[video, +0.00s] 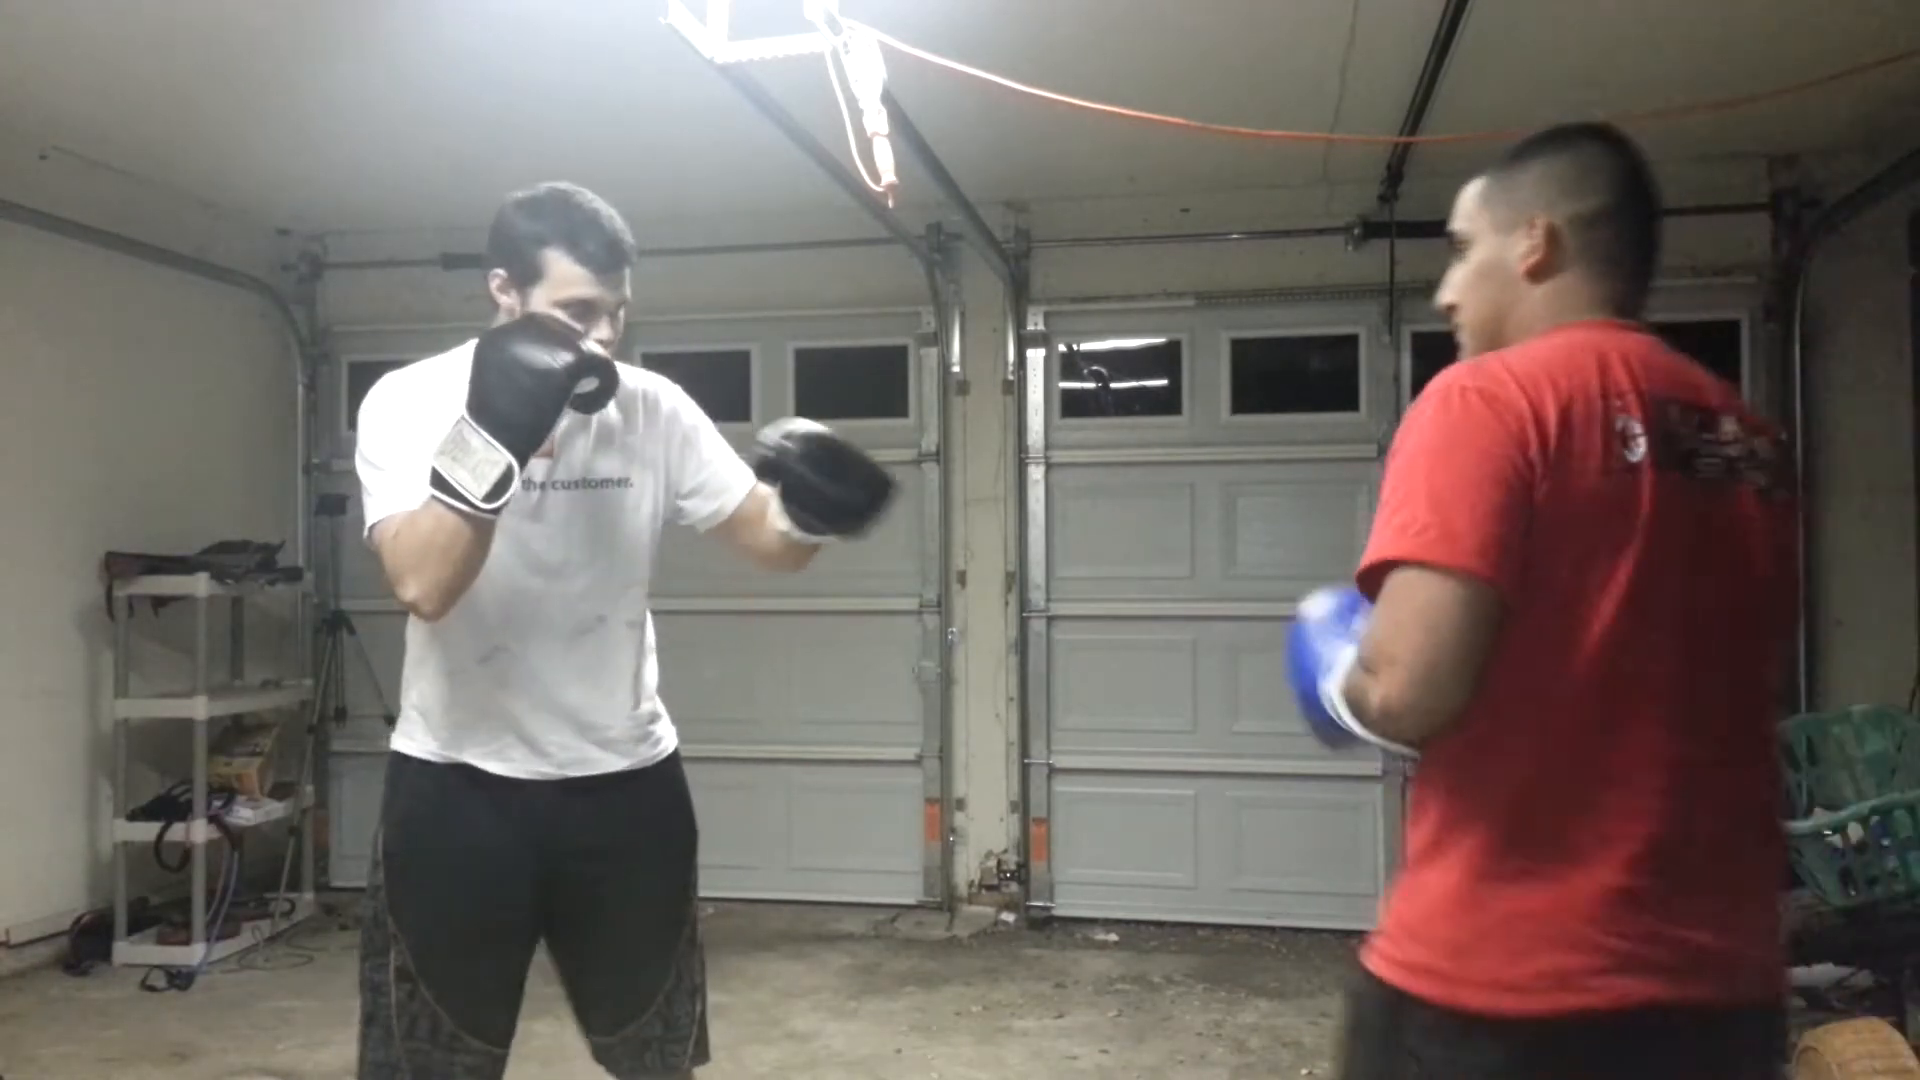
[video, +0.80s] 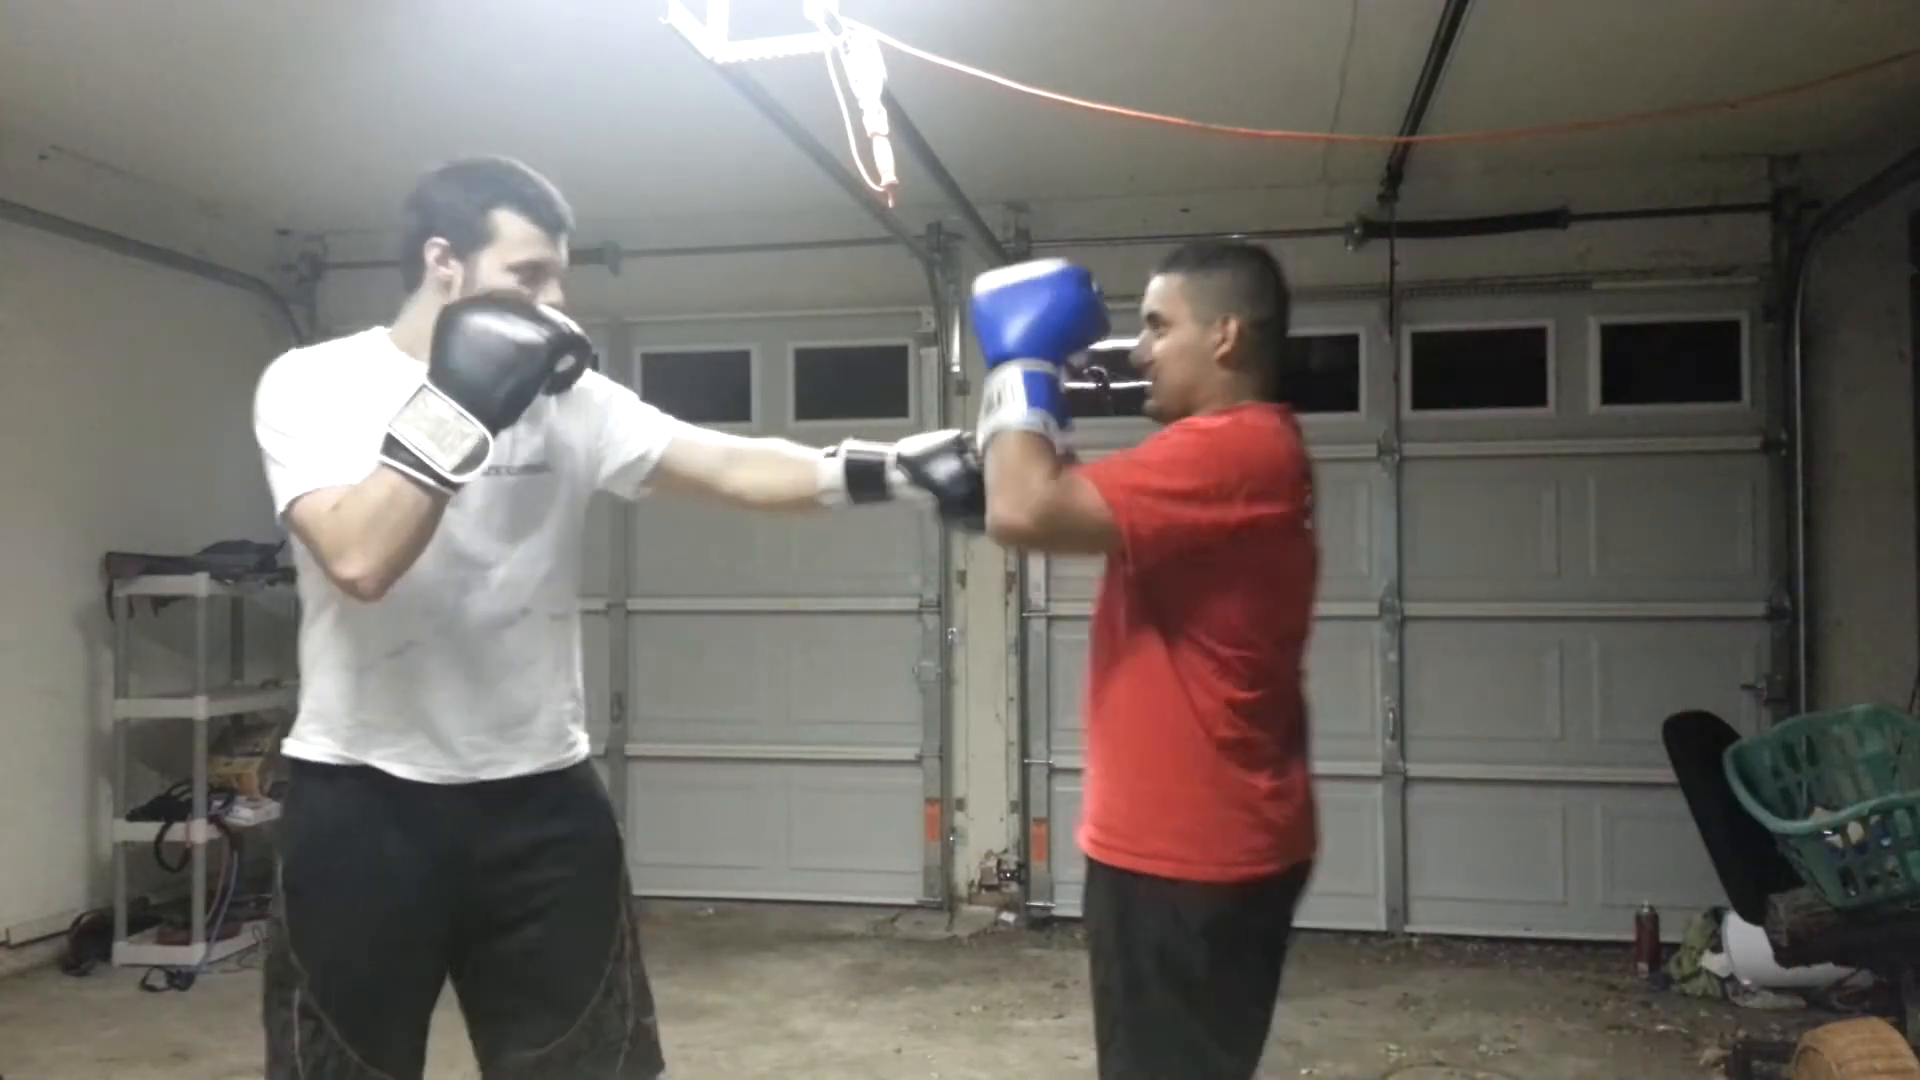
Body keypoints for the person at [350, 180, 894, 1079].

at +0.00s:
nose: (601, 337)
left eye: (615, 313)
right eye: (578, 312)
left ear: (628, 306)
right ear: (502, 297)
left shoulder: (655, 408)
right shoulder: (410, 402)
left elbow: (772, 543)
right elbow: (422, 585)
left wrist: (809, 511)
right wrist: (494, 432)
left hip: (626, 789)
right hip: (457, 792)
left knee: (659, 1060)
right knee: (432, 1063)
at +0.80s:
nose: (554, 303)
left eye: (560, 279)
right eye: (527, 274)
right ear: (442, 262)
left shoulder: (563, 396)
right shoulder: (312, 385)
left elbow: (731, 464)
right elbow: (359, 558)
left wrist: (898, 466)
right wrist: (459, 399)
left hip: (543, 808)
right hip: (360, 811)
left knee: (596, 1064)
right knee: (341, 1067)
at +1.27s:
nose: (576, 255)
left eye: (573, 234)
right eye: (555, 228)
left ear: (487, 231)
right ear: (475, 226)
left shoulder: (517, 403)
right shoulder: (404, 361)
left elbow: (578, 572)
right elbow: (555, 564)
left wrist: (728, 621)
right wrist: (721, 629)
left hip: (503, 802)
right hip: (370, 800)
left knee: (507, 1062)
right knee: (359, 1062)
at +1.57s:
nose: (615, 261)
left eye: (614, 234)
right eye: (603, 227)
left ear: (524, 220)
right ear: (536, 213)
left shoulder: (449, 343)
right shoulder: (514, 337)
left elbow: (486, 578)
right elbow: (601, 540)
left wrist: (640, 629)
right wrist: (700, 565)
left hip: (414, 781)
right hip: (467, 789)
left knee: (418, 1063)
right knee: (514, 1059)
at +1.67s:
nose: (645, 273)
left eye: (647, 250)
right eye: (640, 244)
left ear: (548, 226)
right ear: (587, 222)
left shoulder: (445, 356)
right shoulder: (551, 339)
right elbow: (640, 531)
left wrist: (651, 520)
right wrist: (703, 501)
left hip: (422, 778)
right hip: (502, 787)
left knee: (447, 1062)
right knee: (566, 1059)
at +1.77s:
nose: (660, 281)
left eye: (665, 257)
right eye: (661, 250)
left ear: (539, 225)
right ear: (617, 224)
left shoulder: (447, 351)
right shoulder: (584, 335)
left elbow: (554, 482)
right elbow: (749, 497)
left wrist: (696, 403)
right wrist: (769, 402)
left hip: (416, 776)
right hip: (517, 784)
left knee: (448, 1060)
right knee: (601, 1060)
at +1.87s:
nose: (677, 282)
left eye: (684, 258)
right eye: (680, 253)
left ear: (556, 226)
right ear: (645, 228)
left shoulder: (457, 347)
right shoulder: (632, 334)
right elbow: (780, 515)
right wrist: (803, 374)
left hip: (412, 772)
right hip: (529, 781)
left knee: (430, 1062)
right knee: (597, 1061)